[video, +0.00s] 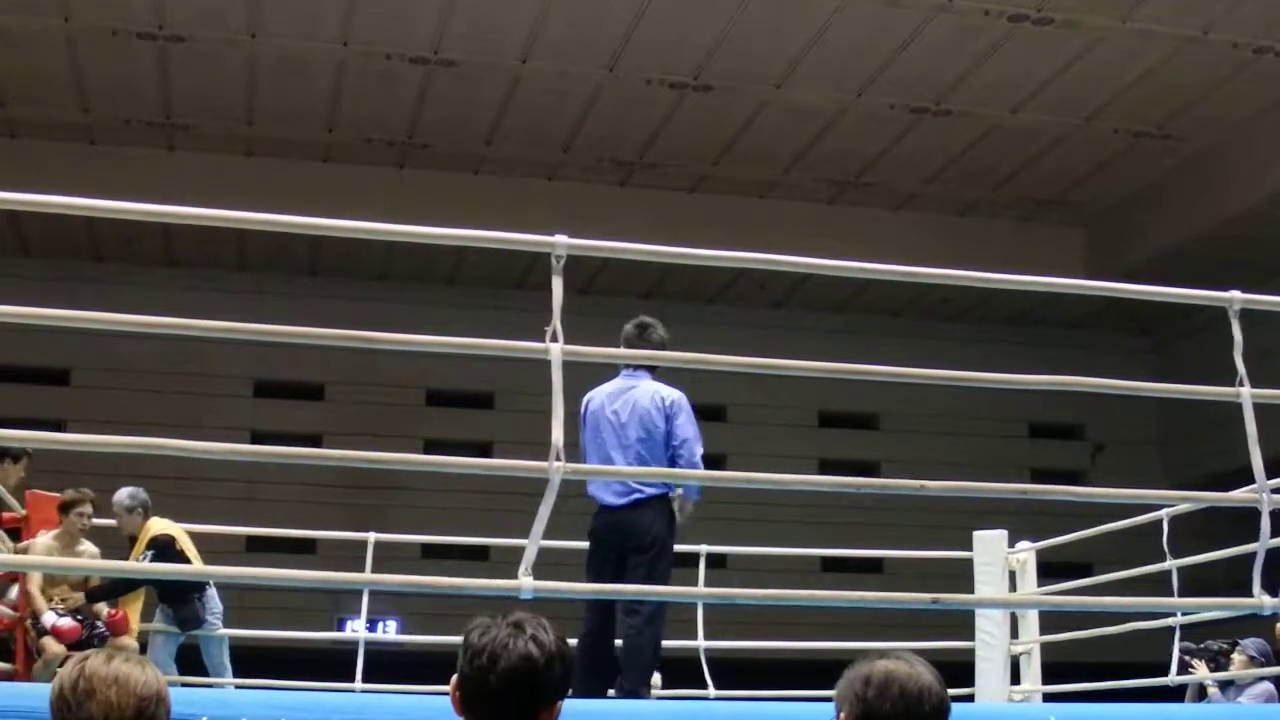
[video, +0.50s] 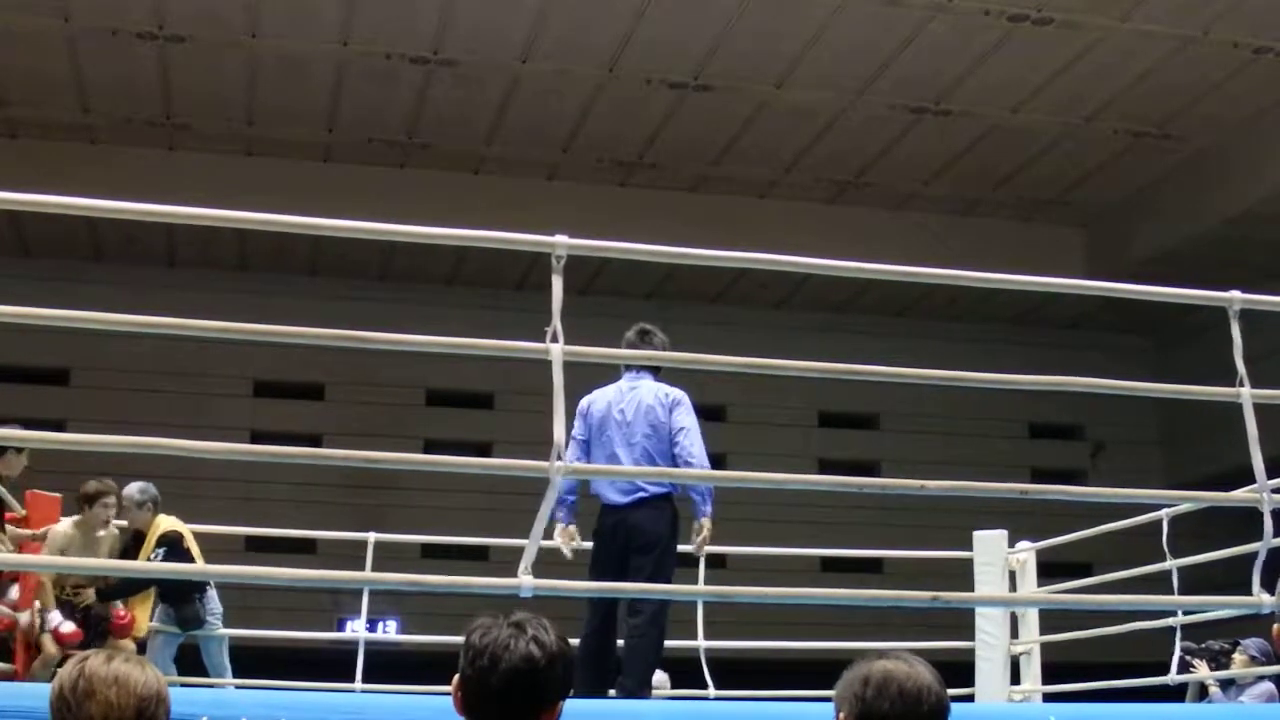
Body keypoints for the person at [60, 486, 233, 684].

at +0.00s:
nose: (116, 522)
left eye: (119, 516)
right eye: (115, 517)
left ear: (138, 514)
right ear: (134, 515)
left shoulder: (162, 537)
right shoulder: (137, 539)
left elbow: (132, 581)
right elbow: (130, 583)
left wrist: (85, 597)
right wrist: (127, 628)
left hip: (201, 600)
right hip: (170, 604)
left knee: (218, 666)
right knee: (158, 660)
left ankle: (230, 711)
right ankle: (176, 709)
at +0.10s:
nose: (117, 522)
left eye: (120, 516)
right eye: (117, 516)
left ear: (140, 514)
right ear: (137, 515)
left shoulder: (164, 537)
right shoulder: (138, 538)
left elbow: (133, 581)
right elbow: (127, 575)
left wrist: (86, 597)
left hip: (202, 601)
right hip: (170, 604)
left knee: (217, 664)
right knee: (159, 660)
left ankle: (229, 710)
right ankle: (176, 710)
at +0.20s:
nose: (118, 522)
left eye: (121, 516)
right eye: (117, 516)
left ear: (141, 514)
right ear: (139, 515)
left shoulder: (164, 539)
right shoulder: (138, 537)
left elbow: (134, 581)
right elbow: (128, 573)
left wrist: (89, 599)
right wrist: (111, 600)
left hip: (201, 602)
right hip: (170, 605)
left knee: (218, 666)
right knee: (158, 658)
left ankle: (233, 718)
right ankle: (176, 711)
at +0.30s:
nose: (119, 521)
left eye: (122, 515)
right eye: (118, 515)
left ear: (141, 513)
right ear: (139, 514)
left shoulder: (165, 539)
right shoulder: (137, 538)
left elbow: (136, 581)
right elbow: (122, 572)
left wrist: (91, 600)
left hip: (201, 601)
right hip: (170, 604)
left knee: (218, 667)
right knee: (158, 659)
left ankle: (233, 719)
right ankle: (174, 713)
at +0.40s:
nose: (120, 518)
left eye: (124, 513)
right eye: (120, 513)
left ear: (144, 511)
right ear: (143, 513)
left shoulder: (167, 536)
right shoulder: (138, 536)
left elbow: (141, 581)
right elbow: (124, 570)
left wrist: (97, 598)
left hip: (201, 601)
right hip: (169, 604)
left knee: (218, 667)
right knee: (157, 660)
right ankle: (176, 710)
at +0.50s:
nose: (123, 514)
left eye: (127, 509)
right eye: (123, 509)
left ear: (148, 509)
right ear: (145, 510)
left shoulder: (170, 534)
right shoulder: (138, 535)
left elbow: (146, 579)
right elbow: (122, 568)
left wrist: (99, 595)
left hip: (201, 600)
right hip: (170, 603)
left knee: (218, 666)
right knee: (157, 658)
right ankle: (174, 711)